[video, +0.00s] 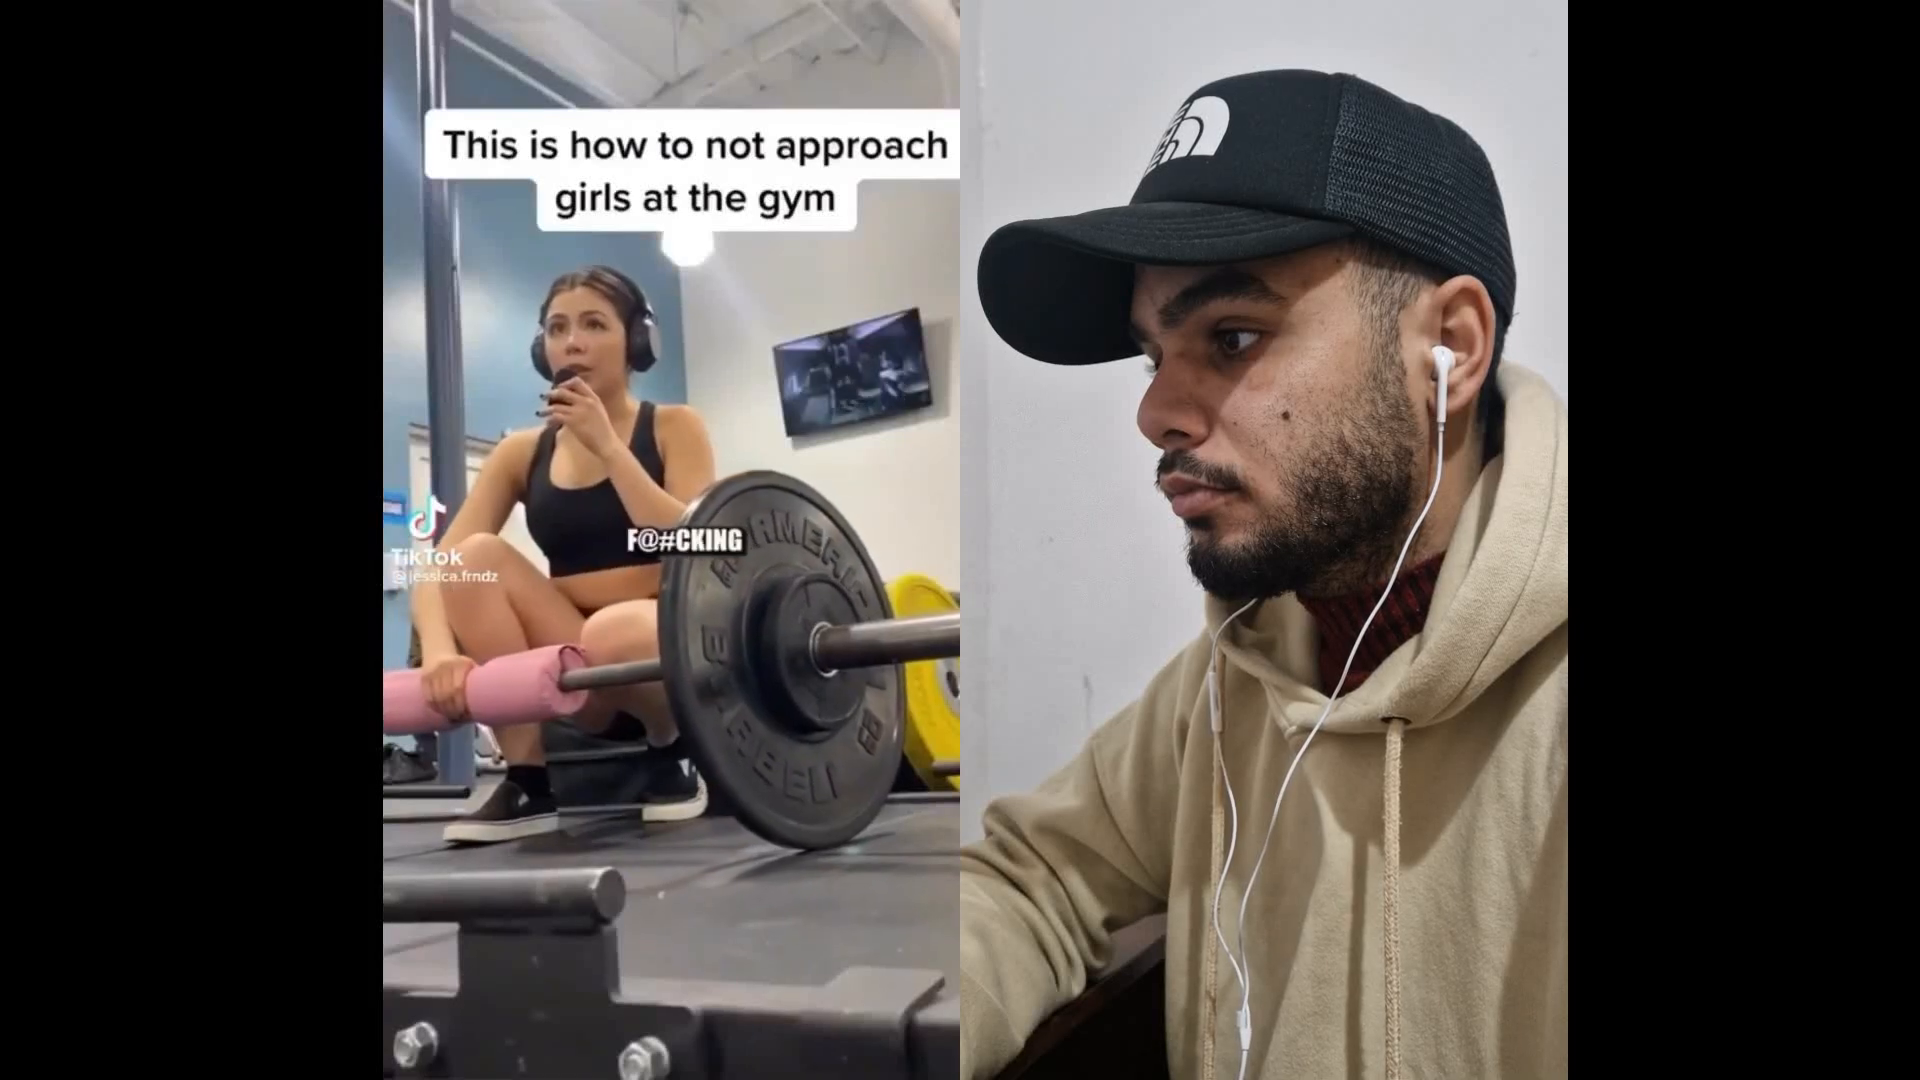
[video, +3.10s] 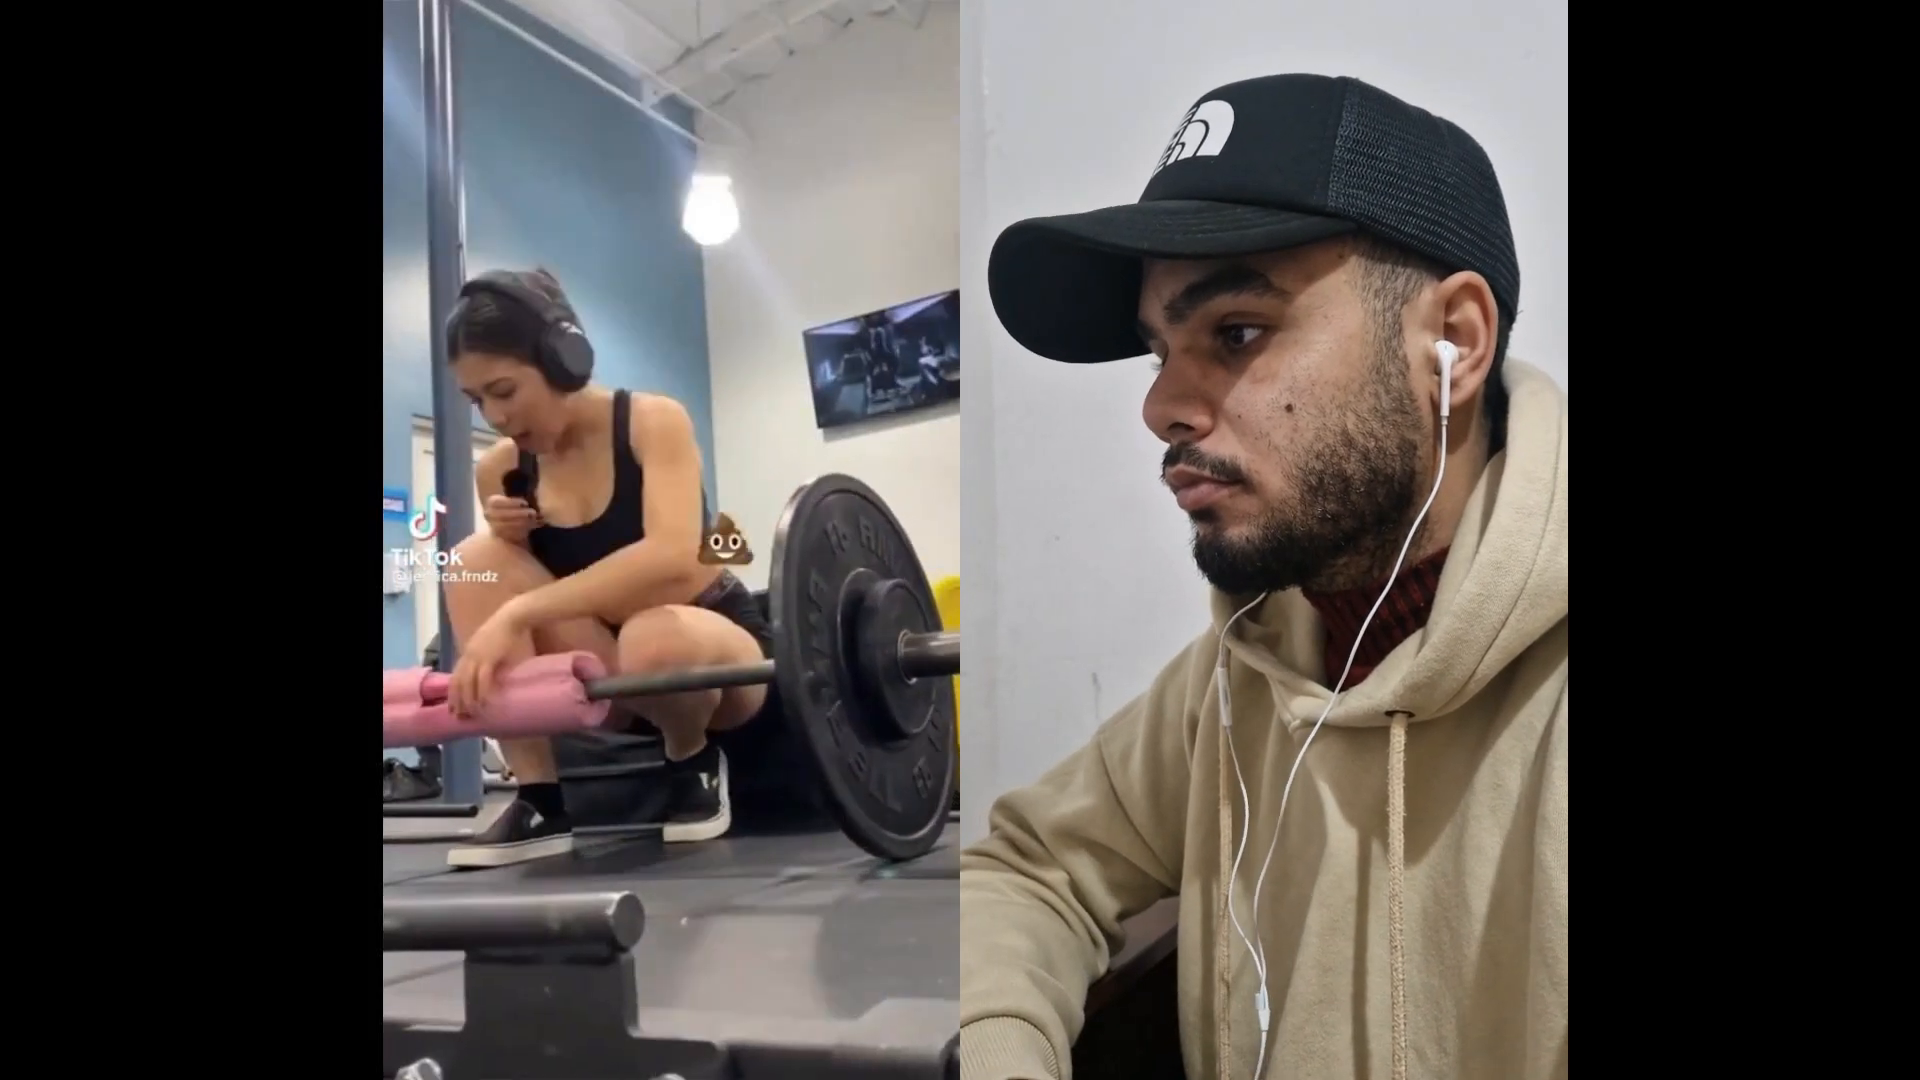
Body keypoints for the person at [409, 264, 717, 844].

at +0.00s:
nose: (572, 342)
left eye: (593, 324)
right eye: (557, 327)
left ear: (632, 342)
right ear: (544, 348)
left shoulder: (675, 429)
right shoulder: (522, 452)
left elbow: (692, 539)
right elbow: (439, 569)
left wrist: (608, 447)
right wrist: (439, 652)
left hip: (671, 641)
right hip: (570, 649)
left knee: (612, 633)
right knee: (472, 559)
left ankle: (667, 748)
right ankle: (526, 780)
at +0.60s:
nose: (571, 335)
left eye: (593, 318)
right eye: (557, 321)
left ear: (632, 337)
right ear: (544, 343)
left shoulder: (674, 420)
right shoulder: (522, 447)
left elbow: (702, 525)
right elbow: (478, 560)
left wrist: (615, 435)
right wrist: (456, 534)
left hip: (671, 633)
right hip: (572, 642)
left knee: (608, 643)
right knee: (466, 557)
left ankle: (668, 754)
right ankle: (528, 781)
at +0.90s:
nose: (569, 333)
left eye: (590, 317)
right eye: (553, 321)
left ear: (628, 335)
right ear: (539, 344)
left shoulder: (668, 409)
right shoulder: (538, 431)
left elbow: (704, 514)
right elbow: (453, 538)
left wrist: (617, 422)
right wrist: (513, 433)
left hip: (671, 630)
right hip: (572, 642)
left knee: (598, 646)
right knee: (464, 562)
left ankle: (677, 754)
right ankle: (528, 782)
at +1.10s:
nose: (573, 334)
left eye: (592, 319)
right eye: (554, 324)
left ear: (628, 336)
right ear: (537, 349)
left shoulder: (666, 410)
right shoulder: (530, 414)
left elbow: (717, 519)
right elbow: (468, 532)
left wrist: (616, 470)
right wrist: (535, 433)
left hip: (671, 628)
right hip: (571, 637)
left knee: (596, 646)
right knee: (461, 564)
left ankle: (689, 754)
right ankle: (527, 781)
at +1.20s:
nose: (575, 332)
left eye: (594, 317)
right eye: (556, 321)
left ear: (629, 334)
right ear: (538, 347)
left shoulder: (663, 411)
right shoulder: (531, 410)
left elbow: (702, 527)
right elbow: (478, 531)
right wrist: (544, 427)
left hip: (663, 630)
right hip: (567, 637)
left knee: (602, 639)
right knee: (462, 562)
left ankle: (676, 758)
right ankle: (526, 781)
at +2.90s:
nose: (586, 417)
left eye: (604, 394)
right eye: (564, 398)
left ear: (637, 376)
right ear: (540, 389)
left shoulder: (680, 442)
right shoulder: (531, 436)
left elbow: (732, 560)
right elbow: (496, 562)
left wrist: (688, 650)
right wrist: (554, 515)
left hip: (682, 662)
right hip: (582, 666)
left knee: (649, 612)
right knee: (483, 561)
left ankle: (677, 749)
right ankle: (528, 785)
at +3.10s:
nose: (495, 418)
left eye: (505, 391)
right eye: (477, 400)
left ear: (562, 361)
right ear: (467, 395)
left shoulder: (656, 422)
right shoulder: (500, 471)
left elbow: (677, 566)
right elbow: (541, 596)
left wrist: (521, 617)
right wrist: (510, 540)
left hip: (713, 647)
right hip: (602, 661)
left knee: (652, 641)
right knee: (476, 560)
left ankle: (690, 761)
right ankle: (539, 797)